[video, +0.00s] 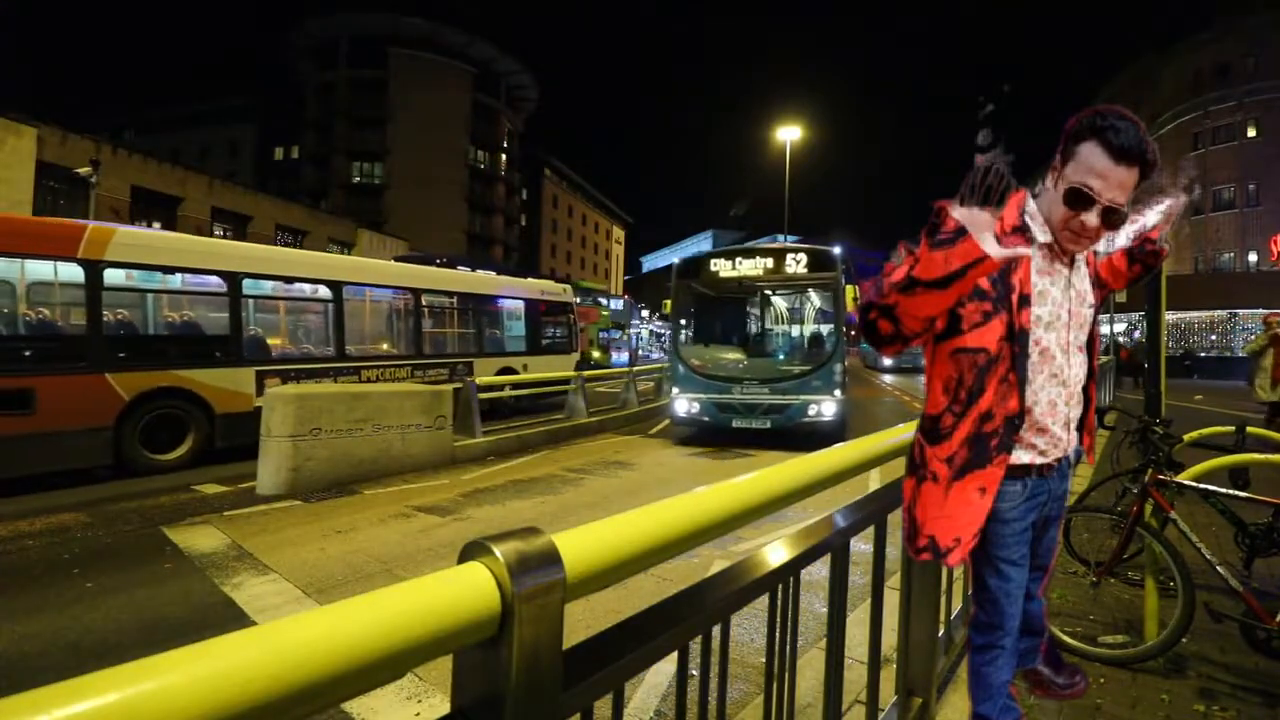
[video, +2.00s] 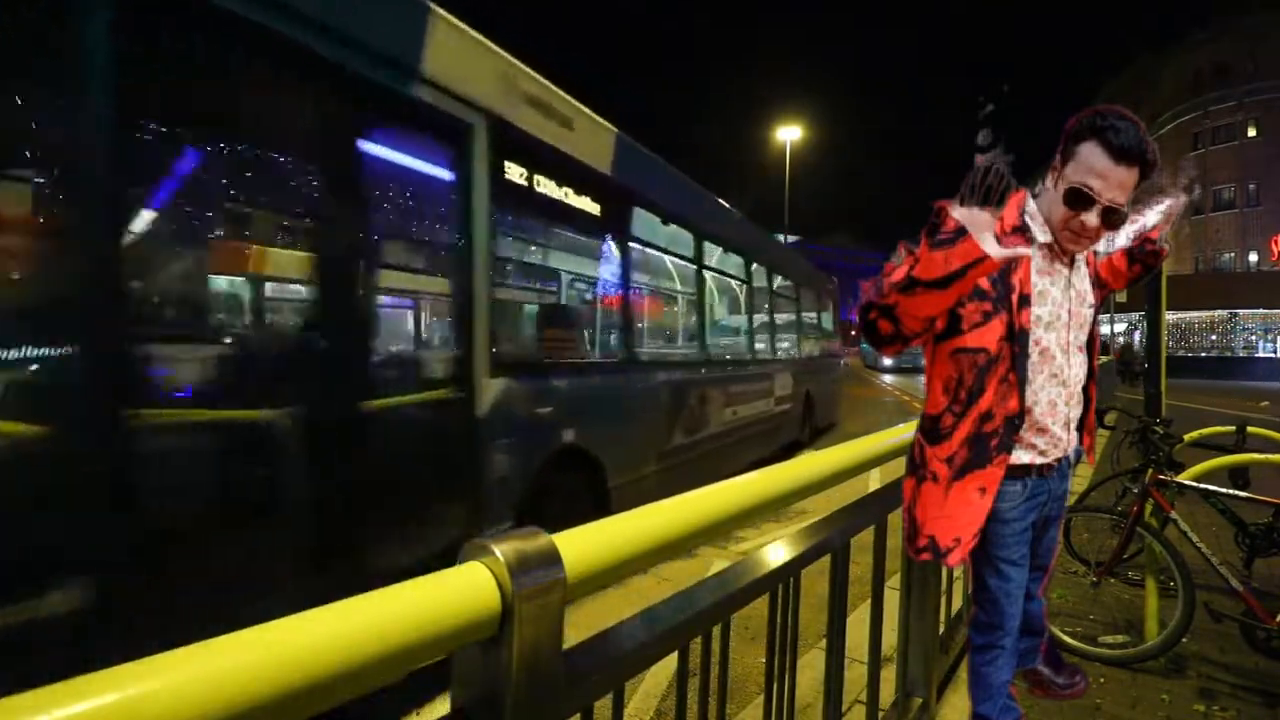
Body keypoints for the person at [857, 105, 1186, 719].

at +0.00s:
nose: (1089, 222)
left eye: (1110, 211)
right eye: (1079, 198)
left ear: (1123, 211)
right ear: (1052, 172)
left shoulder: (1085, 264)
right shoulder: (985, 242)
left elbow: (1114, 271)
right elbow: (883, 328)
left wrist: (1152, 241)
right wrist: (962, 246)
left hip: (1057, 467)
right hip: (1000, 475)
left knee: (1034, 582)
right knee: (1000, 611)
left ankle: (1027, 660)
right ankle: (993, 709)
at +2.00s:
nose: (1089, 222)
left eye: (1109, 212)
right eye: (1079, 198)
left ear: (1123, 211)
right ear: (1052, 172)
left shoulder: (1084, 265)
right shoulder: (985, 242)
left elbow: (1112, 272)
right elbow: (883, 327)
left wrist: (1152, 240)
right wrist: (962, 245)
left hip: (1058, 467)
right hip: (1000, 476)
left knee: (1034, 581)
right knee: (999, 612)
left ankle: (1027, 658)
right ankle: (993, 708)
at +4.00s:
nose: (1090, 223)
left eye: (1110, 212)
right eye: (1080, 198)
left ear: (1123, 211)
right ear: (1051, 172)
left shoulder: (1084, 264)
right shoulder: (984, 243)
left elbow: (1116, 270)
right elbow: (883, 327)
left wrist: (1150, 239)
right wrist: (962, 245)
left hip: (1058, 466)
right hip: (1000, 475)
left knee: (1035, 580)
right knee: (1000, 612)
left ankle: (1027, 658)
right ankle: (993, 709)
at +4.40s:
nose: (1089, 223)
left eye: (1110, 212)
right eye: (1080, 198)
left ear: (1123, 211)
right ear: (1051, 172)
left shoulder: (1085, 265)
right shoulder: (985, 243)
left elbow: (1119, 268)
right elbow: (883, 326)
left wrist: (1151, 238)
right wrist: (962, 245)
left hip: (1058, 467)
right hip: (1000, 475)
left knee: (1035, 580)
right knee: (1000, 613)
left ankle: (1028, 658)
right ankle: (993, 710)